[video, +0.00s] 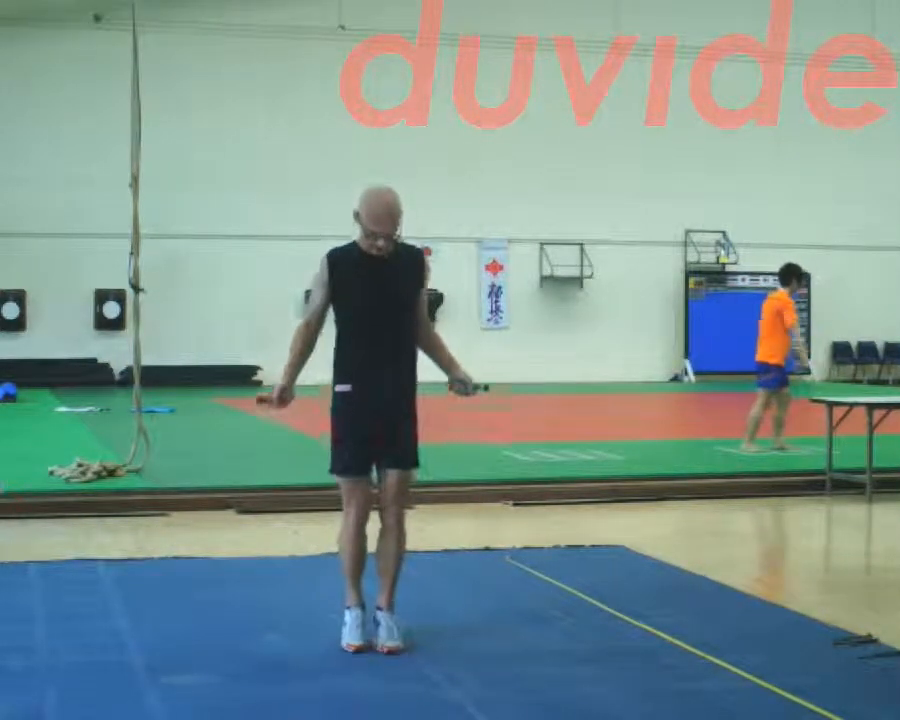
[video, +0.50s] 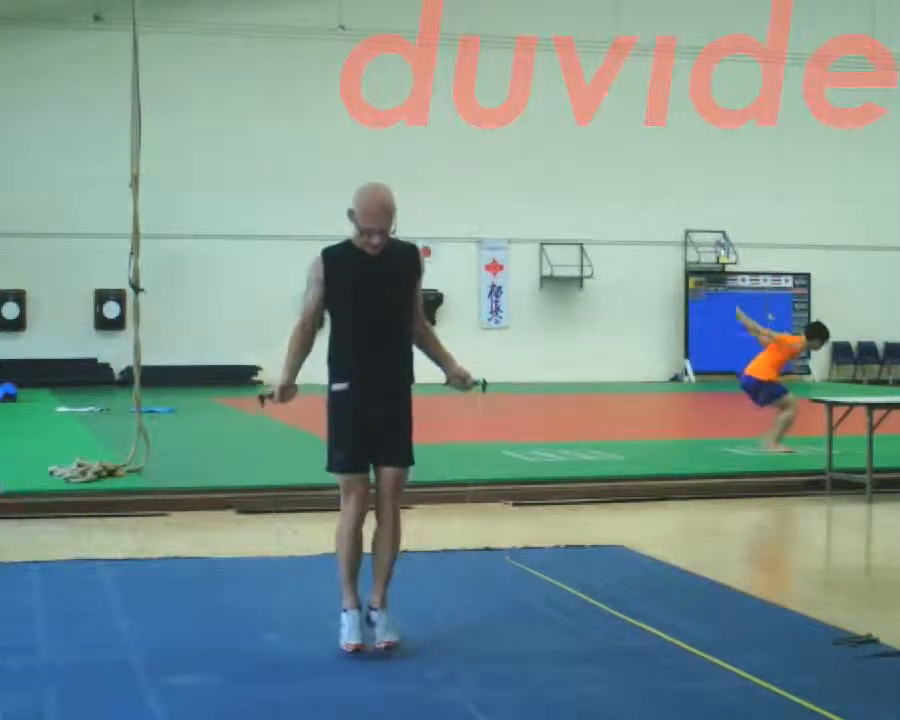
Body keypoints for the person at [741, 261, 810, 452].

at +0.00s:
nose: (801, 286)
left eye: (801, 281)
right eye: (800, 281)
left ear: (783, 280)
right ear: (793, 281)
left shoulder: (771, 299)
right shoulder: (785, 302)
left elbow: (767, 331)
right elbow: (794, 333)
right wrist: (804, 359)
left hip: (766, 357)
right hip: (773, 359)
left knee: (783, 398)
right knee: (763, 399)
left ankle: (778, 439)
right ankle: (748, 441)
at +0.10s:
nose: (810, 286)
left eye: (811, 282)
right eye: (810, 282)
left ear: (795, 279)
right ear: (803, 280)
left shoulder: (782, 294)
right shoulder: (790, 296)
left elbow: (757, 305)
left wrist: (730, 308)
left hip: (773, 351)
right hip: (773, 352)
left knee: (781, 395)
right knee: (769, 394)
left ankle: (778, 437)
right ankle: (752, 440)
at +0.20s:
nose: (816, 292)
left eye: (818, 289)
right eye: (817, 287)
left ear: (804, 281)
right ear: (810, 284)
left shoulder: (783, 291)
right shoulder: (795, 292)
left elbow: (758, 286)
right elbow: (773, 282)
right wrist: (747, 273)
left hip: (769, 344)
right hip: (769, 345)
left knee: (778, 393)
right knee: (771, 392)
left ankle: (779, 435)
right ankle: (767, 436)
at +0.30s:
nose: (817, 310)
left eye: (820, 306)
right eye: (819, 305)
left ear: (809, 294)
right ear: (813, 298)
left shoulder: (784, 296)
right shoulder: (797, 300)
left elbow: (765, 285)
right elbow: (776, 280)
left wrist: (753, 268)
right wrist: (756, 264)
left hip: (760, 346)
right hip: (767, 348)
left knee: (775, 394)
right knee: (776, 395)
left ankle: (773, 437)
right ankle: (773, 438)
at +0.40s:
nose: (818, 335)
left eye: (820, 331)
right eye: (819, 330)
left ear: (810, 320)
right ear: (813, 324)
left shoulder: (789, 319)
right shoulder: (794, 321)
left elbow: (773, 304)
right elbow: (774, 302)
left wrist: (762, 280)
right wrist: (763, 280)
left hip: (752, 363)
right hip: (760, 366)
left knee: (778, 402)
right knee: (782, 403)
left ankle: (772, 440)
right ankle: (773, 442)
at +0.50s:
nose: (820, 347)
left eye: (822, 344)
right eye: (821, 343)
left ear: (809, 335)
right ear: (815, 339)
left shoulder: (791, 341)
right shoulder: (796, 343)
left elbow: (766, 341)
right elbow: (771, 336)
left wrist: (751, 328)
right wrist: (748, 322)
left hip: (752, 376)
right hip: (760, 378)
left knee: (787, 405)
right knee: (791, 404)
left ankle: (771, 440)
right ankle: (774, 443)